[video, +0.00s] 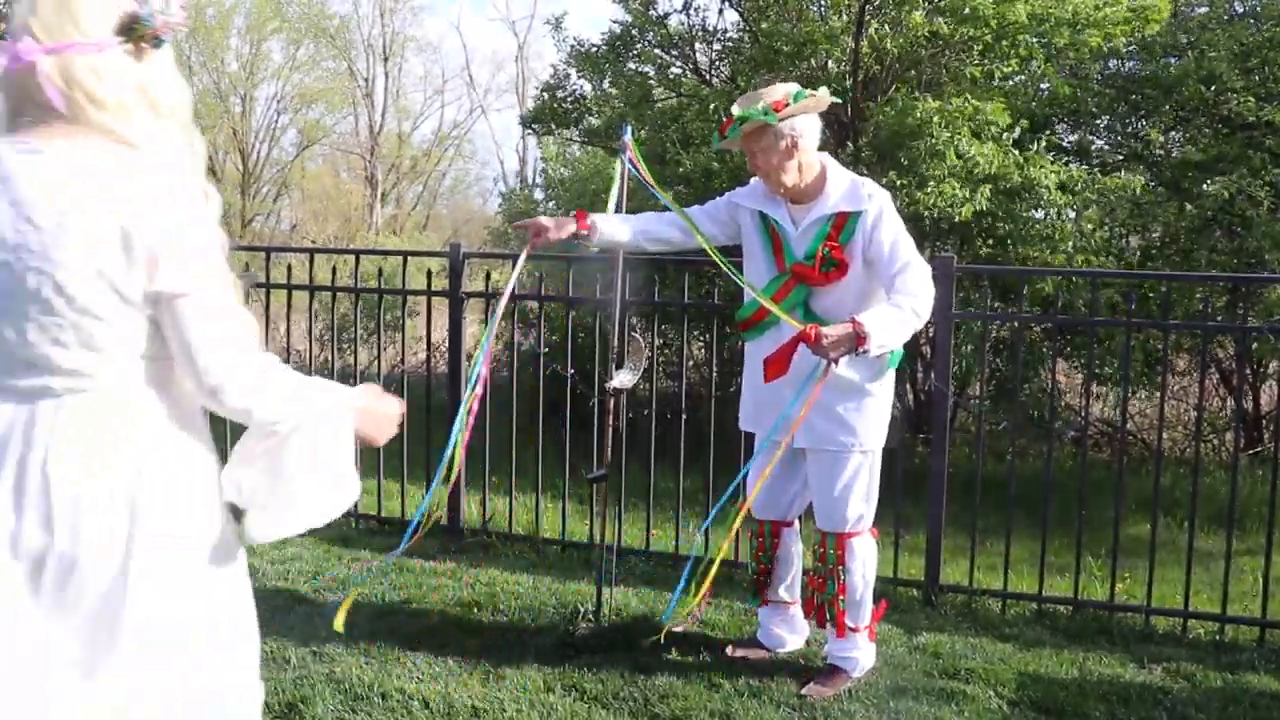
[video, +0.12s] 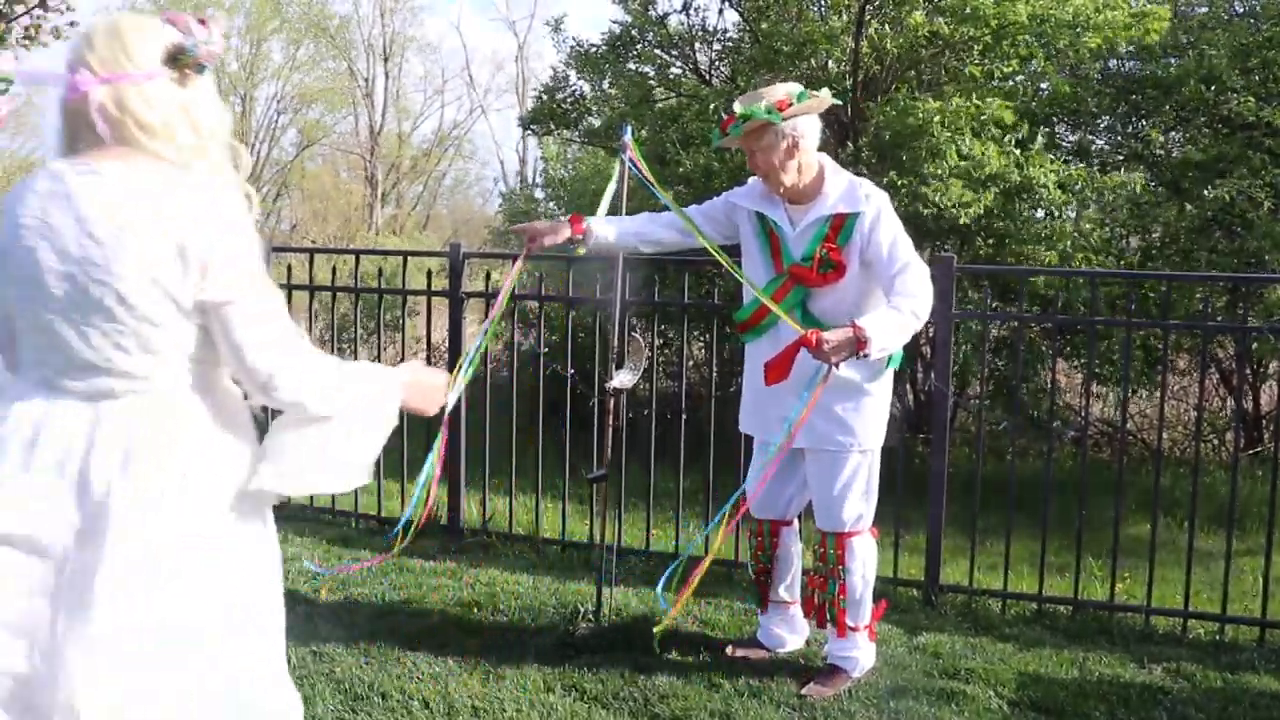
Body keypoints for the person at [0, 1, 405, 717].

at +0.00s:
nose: (164, 55)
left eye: (160, 35)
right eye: (153, 37)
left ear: (17, 59)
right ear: (121, 57)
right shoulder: (149, 179)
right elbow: (227, 372)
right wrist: (349, 408)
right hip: (123, 459)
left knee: (27, 677)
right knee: (156, 684)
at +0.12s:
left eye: (71, 82)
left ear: (86, 97)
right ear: (181, 94)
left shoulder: (26, 200)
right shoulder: (199, 202)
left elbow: (10, 348)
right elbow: (277, 370)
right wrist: (395, 384)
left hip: (36, 439)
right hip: (166, 453)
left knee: (36, 661)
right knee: (173, 668)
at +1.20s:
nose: (387, 172)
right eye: (380, 164)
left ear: (314, 175)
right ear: (375, 175)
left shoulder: (283, 234)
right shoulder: (399, 242)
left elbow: (263, 320)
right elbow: (425, 338)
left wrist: (298, 350)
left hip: (299, 388)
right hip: (377, 389)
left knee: (286, 521)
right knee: (367, 525)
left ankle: (273, 667)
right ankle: (359, 671)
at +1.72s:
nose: (343, 178)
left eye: (339, 168)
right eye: (337, 169)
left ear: (278, 171)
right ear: (323, 174)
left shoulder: (251, 223)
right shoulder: (319, 230)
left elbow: (277, 289)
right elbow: (341, 310)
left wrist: (359, 296)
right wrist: (378, 308)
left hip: (260, 354)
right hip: (313, 359)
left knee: (261, 469)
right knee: (353, 477)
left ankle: (226, 568)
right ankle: (372, 609)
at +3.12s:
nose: (234, 153)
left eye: (241, 145)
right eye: (222, 146)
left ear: (250, 153)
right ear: (198, 155)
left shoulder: (255, 209)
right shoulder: (177, 207)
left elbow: (273, 272)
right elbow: (156, 280)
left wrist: (313, 273)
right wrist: (219, 288)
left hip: (248, 361)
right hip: (193, 361)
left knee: (240, 456)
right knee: (195, 464)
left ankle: (222, 567)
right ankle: (190, 587)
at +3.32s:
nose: (229, 161)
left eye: (236, 152)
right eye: (217, 153)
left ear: (243, 159)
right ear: (193, 160)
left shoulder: (250, 218)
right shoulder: (170, 216)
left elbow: (273, 279)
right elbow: (156, 288)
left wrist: (315, 279)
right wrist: (217, 303)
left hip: (246, 362)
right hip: (191, 364)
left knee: (236, 462)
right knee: (187, 467)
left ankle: (221, 569)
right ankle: (180, 584)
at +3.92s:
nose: (229, 163)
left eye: (233, 154)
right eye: (218, 154)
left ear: (238, 161)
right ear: (189, 160)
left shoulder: (237, 221)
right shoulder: (170, 216)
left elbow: (256, 304)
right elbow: (212, 280)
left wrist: (303, 300)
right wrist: (295, 289)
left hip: (235, 363)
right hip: (189, 363)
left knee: (234, 463)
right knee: (191, 468)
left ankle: (224, 569)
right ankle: (180, 586)